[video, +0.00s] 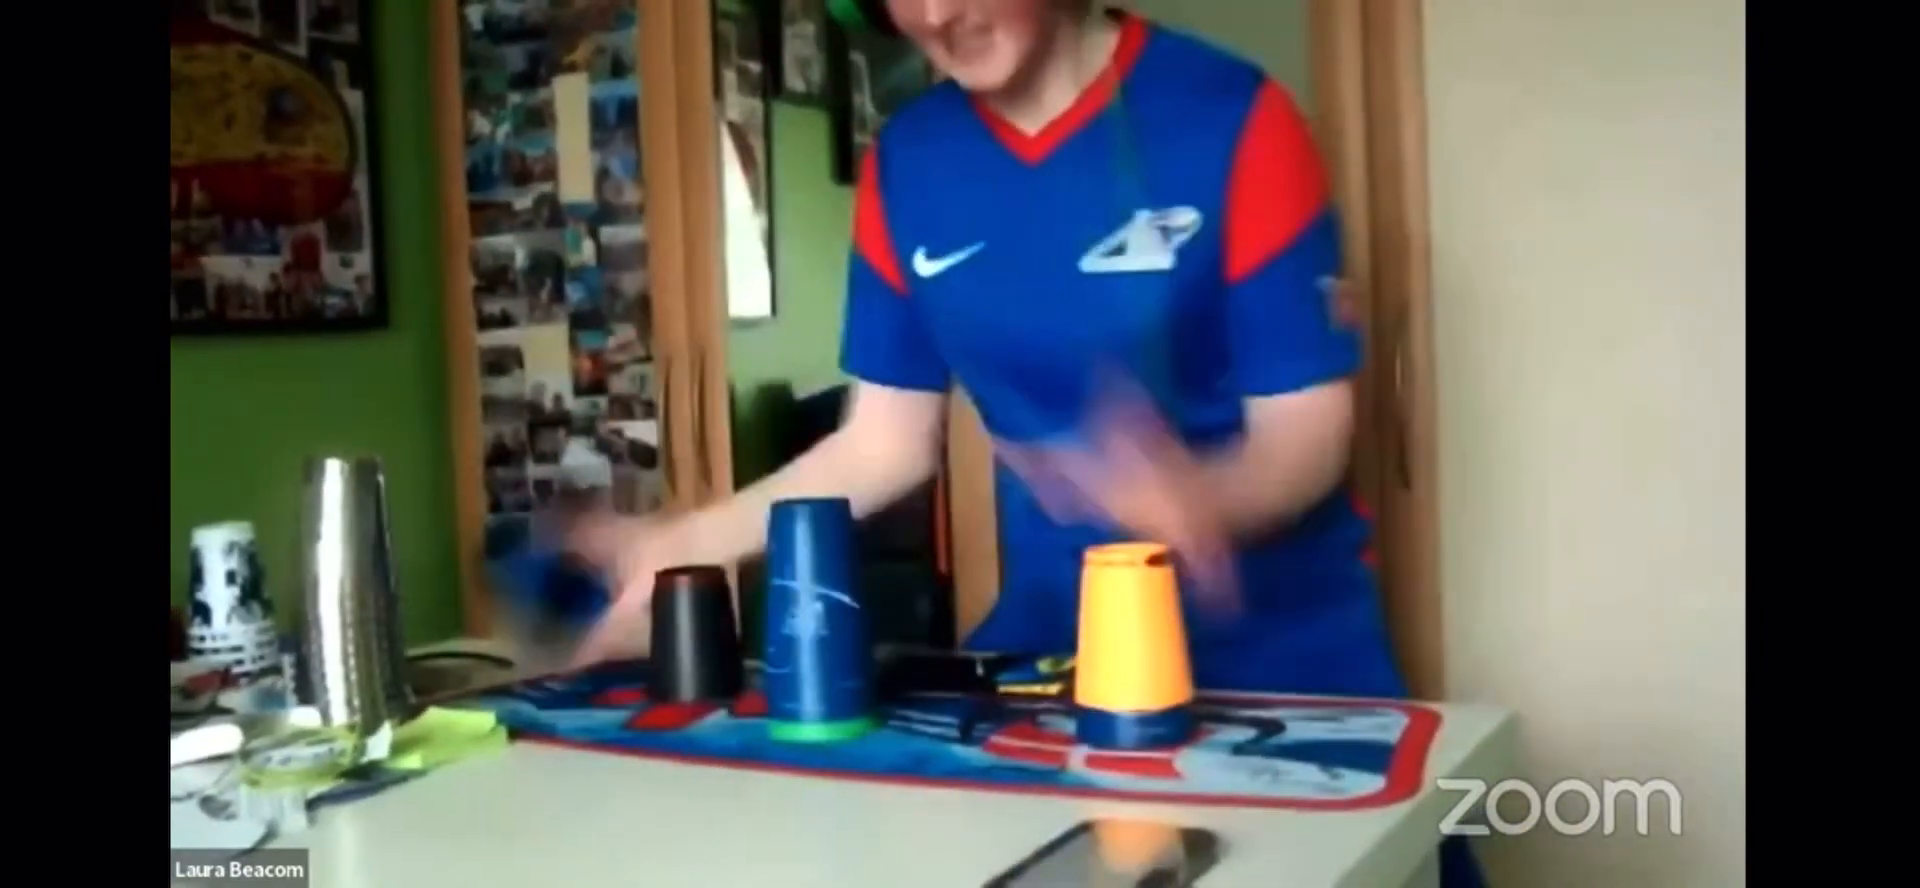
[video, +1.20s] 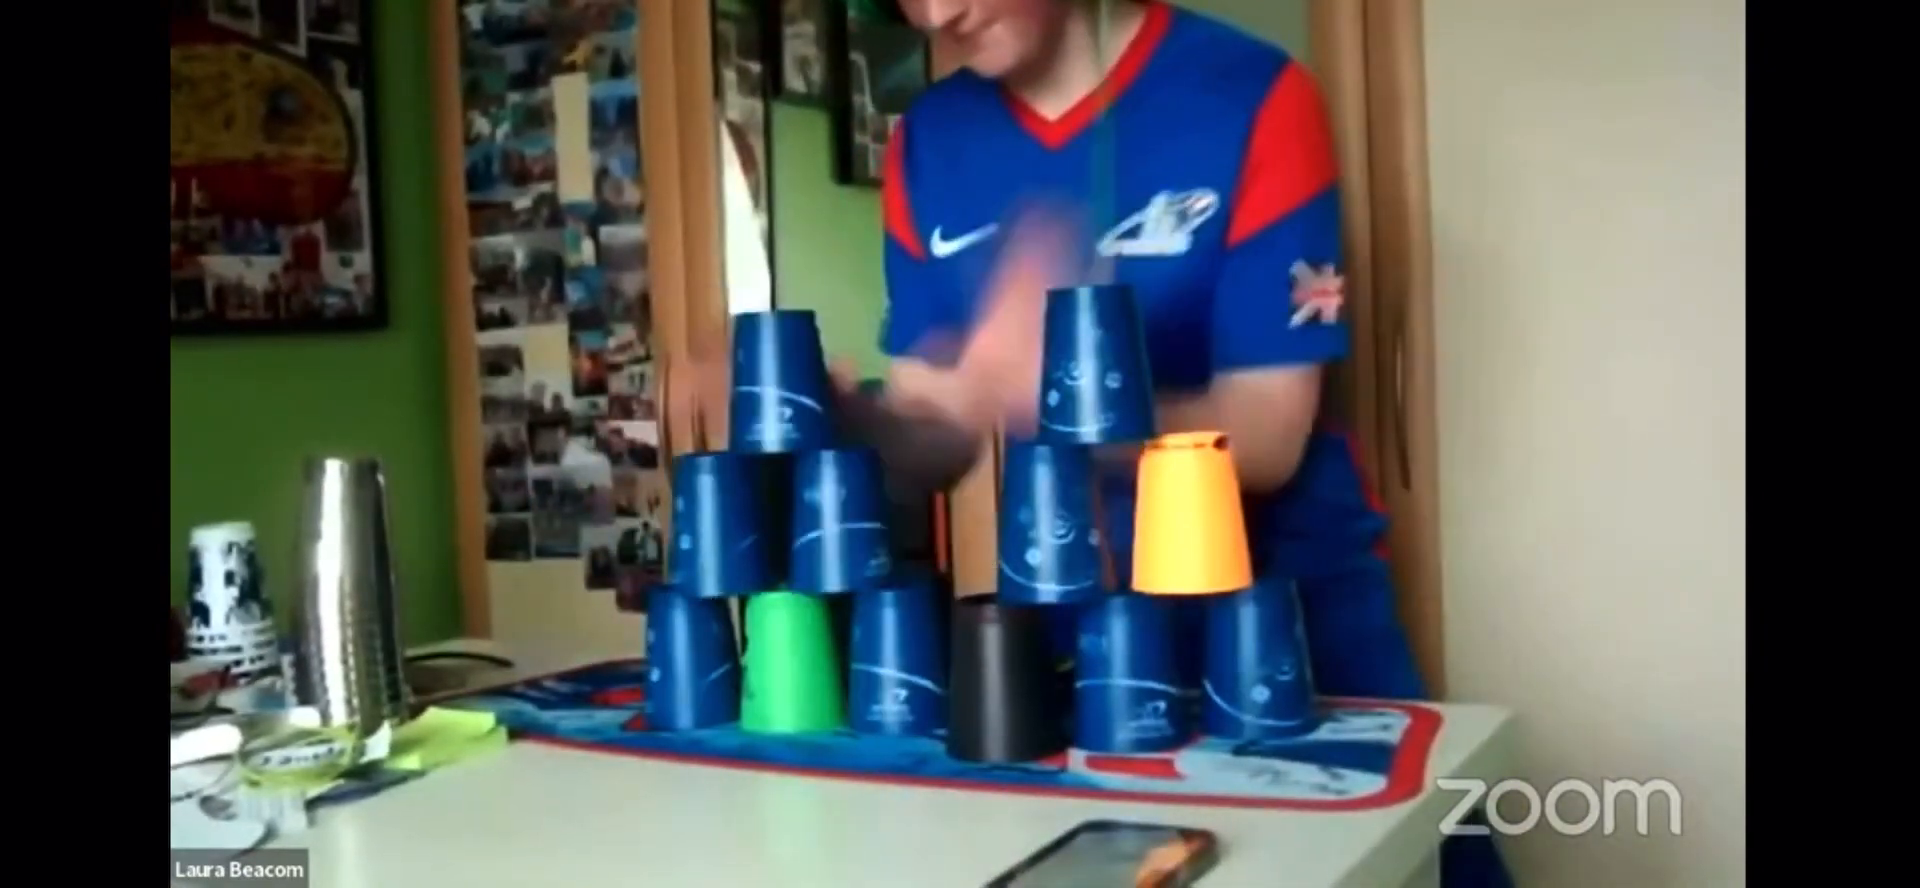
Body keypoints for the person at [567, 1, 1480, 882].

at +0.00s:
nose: (933, 10)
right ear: (885, 6)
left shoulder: (1235, 121)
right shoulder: (910, 164)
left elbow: (1310, 432)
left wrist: (1209, 497)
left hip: (1278, 645)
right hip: (1051, 648)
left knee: (1326, 869)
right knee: (1009, 864)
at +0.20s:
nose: (1022, 26)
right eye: (986, 3)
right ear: (956, 18)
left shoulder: (1298, 128)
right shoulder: (947, 175)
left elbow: (1351, 430)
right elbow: (945, 453)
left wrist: (1298, 530)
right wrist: (932, 578)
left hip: (1294, 654)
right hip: (1065, 661)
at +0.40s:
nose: (1036, 15)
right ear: (973, 10)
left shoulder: (1314, 116)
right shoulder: (956, 158)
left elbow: (1369, 416)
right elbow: (944, 428)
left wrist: (1333, 525)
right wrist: (952, 489)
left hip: (1304, 649)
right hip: (1070, 668)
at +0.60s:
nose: (1007, 10)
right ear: (960, 12)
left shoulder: (1308, 107)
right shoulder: (950, 154)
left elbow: (1368, 410)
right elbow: (968, 442)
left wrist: (1288, 484)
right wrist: (888, 461)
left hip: (1313, 643)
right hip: (1074, 657)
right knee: (1091, 874)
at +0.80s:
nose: (929, 18)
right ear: (890, 4)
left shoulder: (1245, 131)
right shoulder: (929, 159)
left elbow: (1231, 484)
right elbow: (936, 440)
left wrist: (959, 582)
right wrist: (792, 472)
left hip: (1283, 621)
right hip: (1071, 634)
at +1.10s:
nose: (916, 18)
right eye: (894, 0)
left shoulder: (1234, 110)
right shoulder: (928, 144)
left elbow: (1244, 453)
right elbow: (922, 426)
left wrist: (1017, 512)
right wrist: (786, 400)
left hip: (1273, 613)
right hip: (1060, 627)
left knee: (1344, 861)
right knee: (1087, 868)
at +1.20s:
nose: (935, 20)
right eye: (914, 6)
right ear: (906, 15)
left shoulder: (1253, 97)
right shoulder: (930, 138)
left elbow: (1267, 439)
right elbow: (936, 436)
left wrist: (1033, 403)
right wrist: (840, 414)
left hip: (1287, 612)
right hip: (1061, 627)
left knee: (1396, 867)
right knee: (1086, 876)